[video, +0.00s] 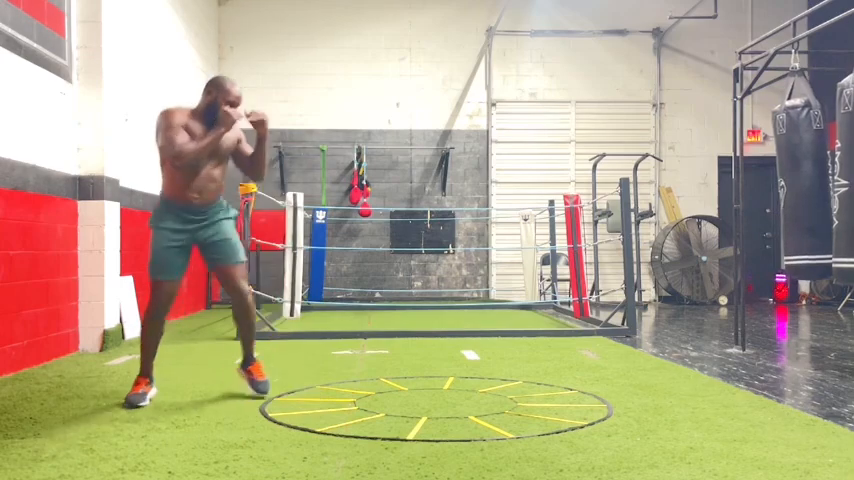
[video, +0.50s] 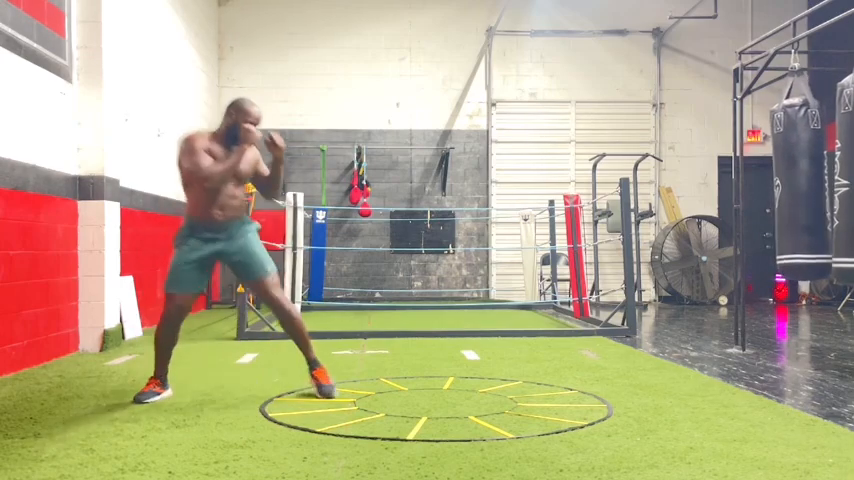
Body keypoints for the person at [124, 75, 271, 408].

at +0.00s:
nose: (236, 111)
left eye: (238, 106)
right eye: (231, 104)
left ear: (232, 106)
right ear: (211, 98)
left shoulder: (231, 133)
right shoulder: (174, 118)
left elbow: (256, 172)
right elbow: (181, 158)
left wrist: (263, 135)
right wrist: (223, 130)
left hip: (215, 217)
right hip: (173, 218)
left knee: (242, 291)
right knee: (162, 299)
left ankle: (249, 361)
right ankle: (145, 378)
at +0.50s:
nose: (252, 130)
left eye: (255, 125)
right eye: (249, 124)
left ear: (255, 126)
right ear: (231, 118)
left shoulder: (250, 153)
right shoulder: (196, 143)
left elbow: (272, 191)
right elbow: (208, 180)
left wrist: (279, 160)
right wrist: (242, 149)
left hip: (239, 234)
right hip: (196, 236)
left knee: (275, 297)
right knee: (175, 308)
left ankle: (315, 366)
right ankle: (159, 381)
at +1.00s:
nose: (313, 119)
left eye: (318, 115)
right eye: (310, 113)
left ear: (320, 116)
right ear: (294, 108)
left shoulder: (325, 144)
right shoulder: (265, 134)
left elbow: (349, 182)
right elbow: (266, 168)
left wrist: (348, 147)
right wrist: (301, 136)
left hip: (316, 224)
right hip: (276, 226)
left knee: (341, 289)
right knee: (264, 302)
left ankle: (367, 362)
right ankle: (265, 366)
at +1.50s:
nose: (315, 118)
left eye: (319, 114)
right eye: (311, 112)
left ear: (322, 114)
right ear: (295, 106)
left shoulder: (327, 139)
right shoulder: (267, 131)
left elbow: (351, 179)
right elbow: (261, 164)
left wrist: (346, 142)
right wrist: (301, 135)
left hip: (312, 220)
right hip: (273, 221)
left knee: (328, 288)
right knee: (256, 294)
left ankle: (344, 361)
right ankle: (254, 363)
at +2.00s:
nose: (264, 123)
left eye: (269, 119)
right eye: (261, 118)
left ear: (272, 119)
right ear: (246, 112)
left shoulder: (274, 144)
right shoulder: (216, 135)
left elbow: (296, 183)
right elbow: (212, 170)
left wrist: (295, 149)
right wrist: (249, 142)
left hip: (259, 219)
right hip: (221, 220)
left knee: (275, 280)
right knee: (212, 293)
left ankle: (296, 356)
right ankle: (209, 362)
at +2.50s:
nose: (265, 128)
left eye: (270, 125)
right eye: (261, 123)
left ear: (274, 124)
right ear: (247, 118)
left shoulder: (282, 146)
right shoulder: (224, 144)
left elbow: (312, 178)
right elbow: (220, 177)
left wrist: (307, 150)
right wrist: (254, 149)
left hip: (275, 223)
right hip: (239, 227)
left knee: (295, 283)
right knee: (223, 294)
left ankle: (327, 347)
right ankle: (229, 361)